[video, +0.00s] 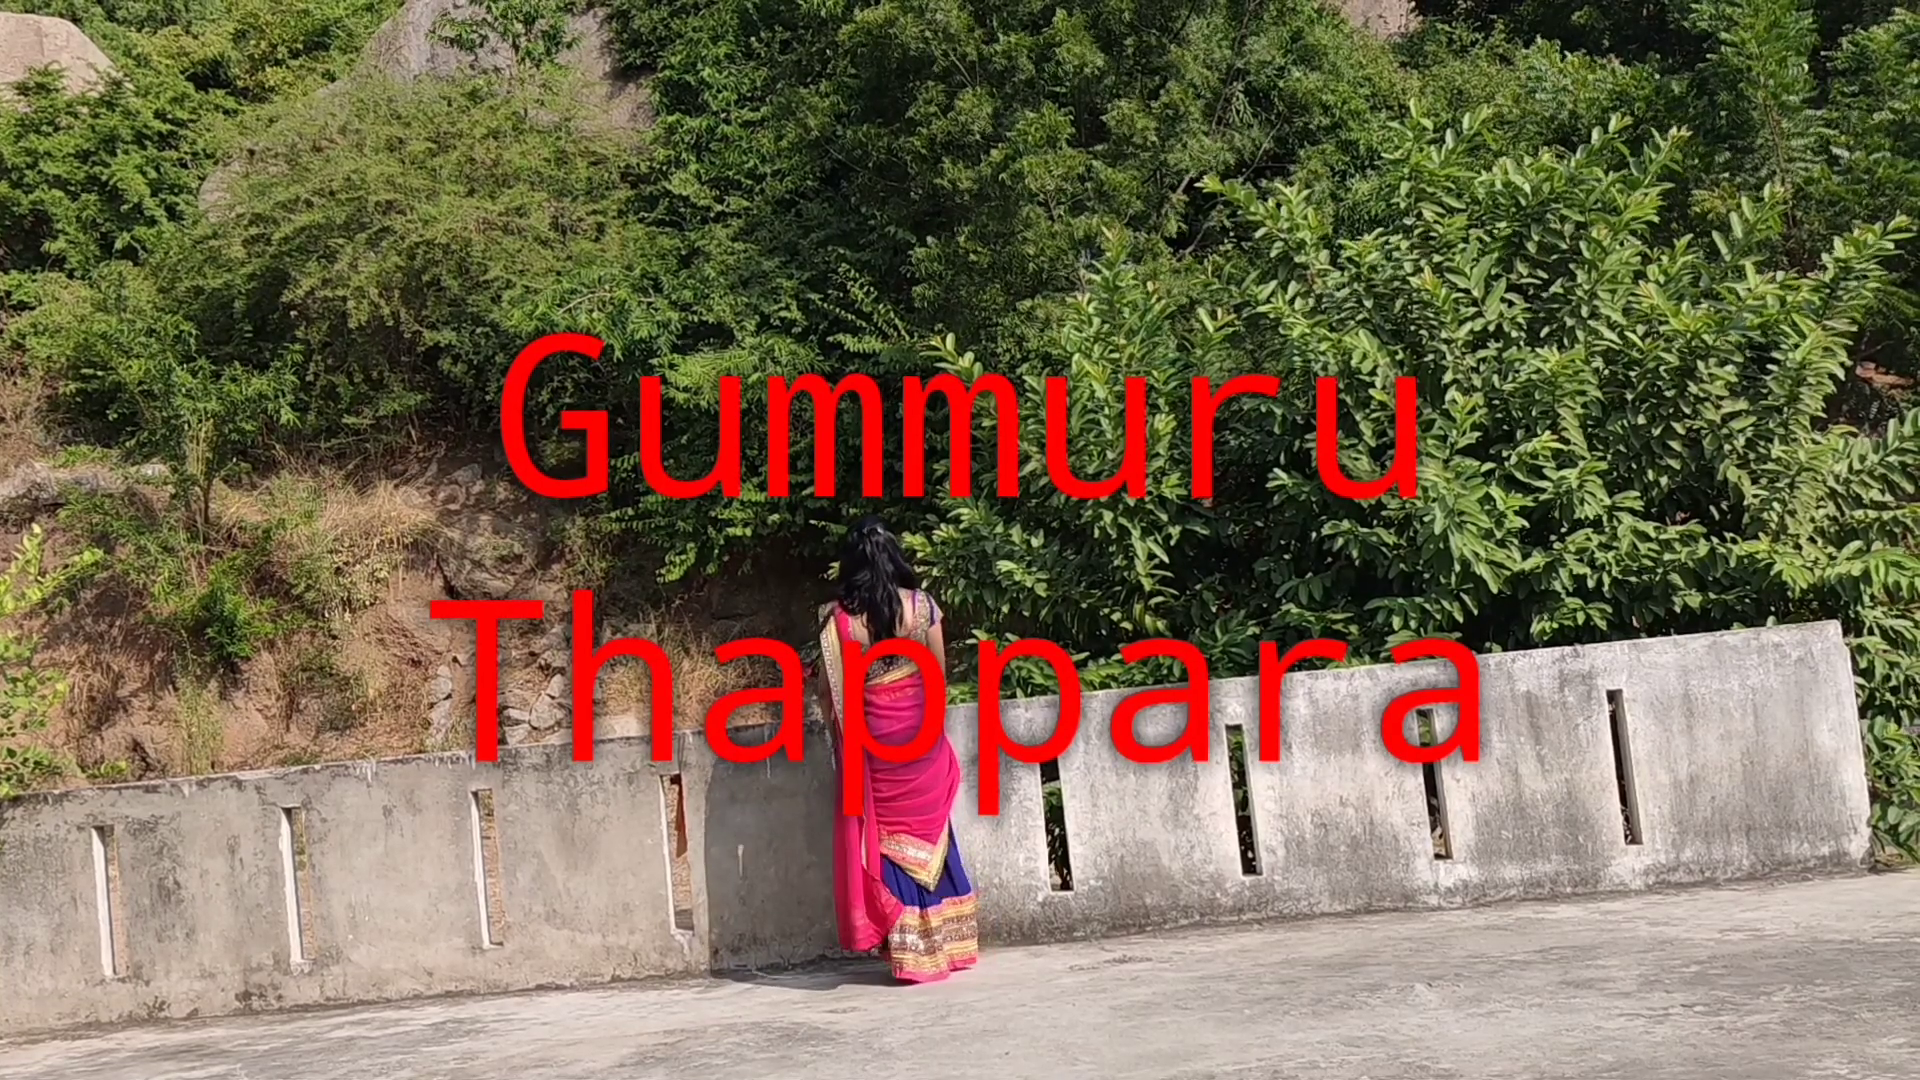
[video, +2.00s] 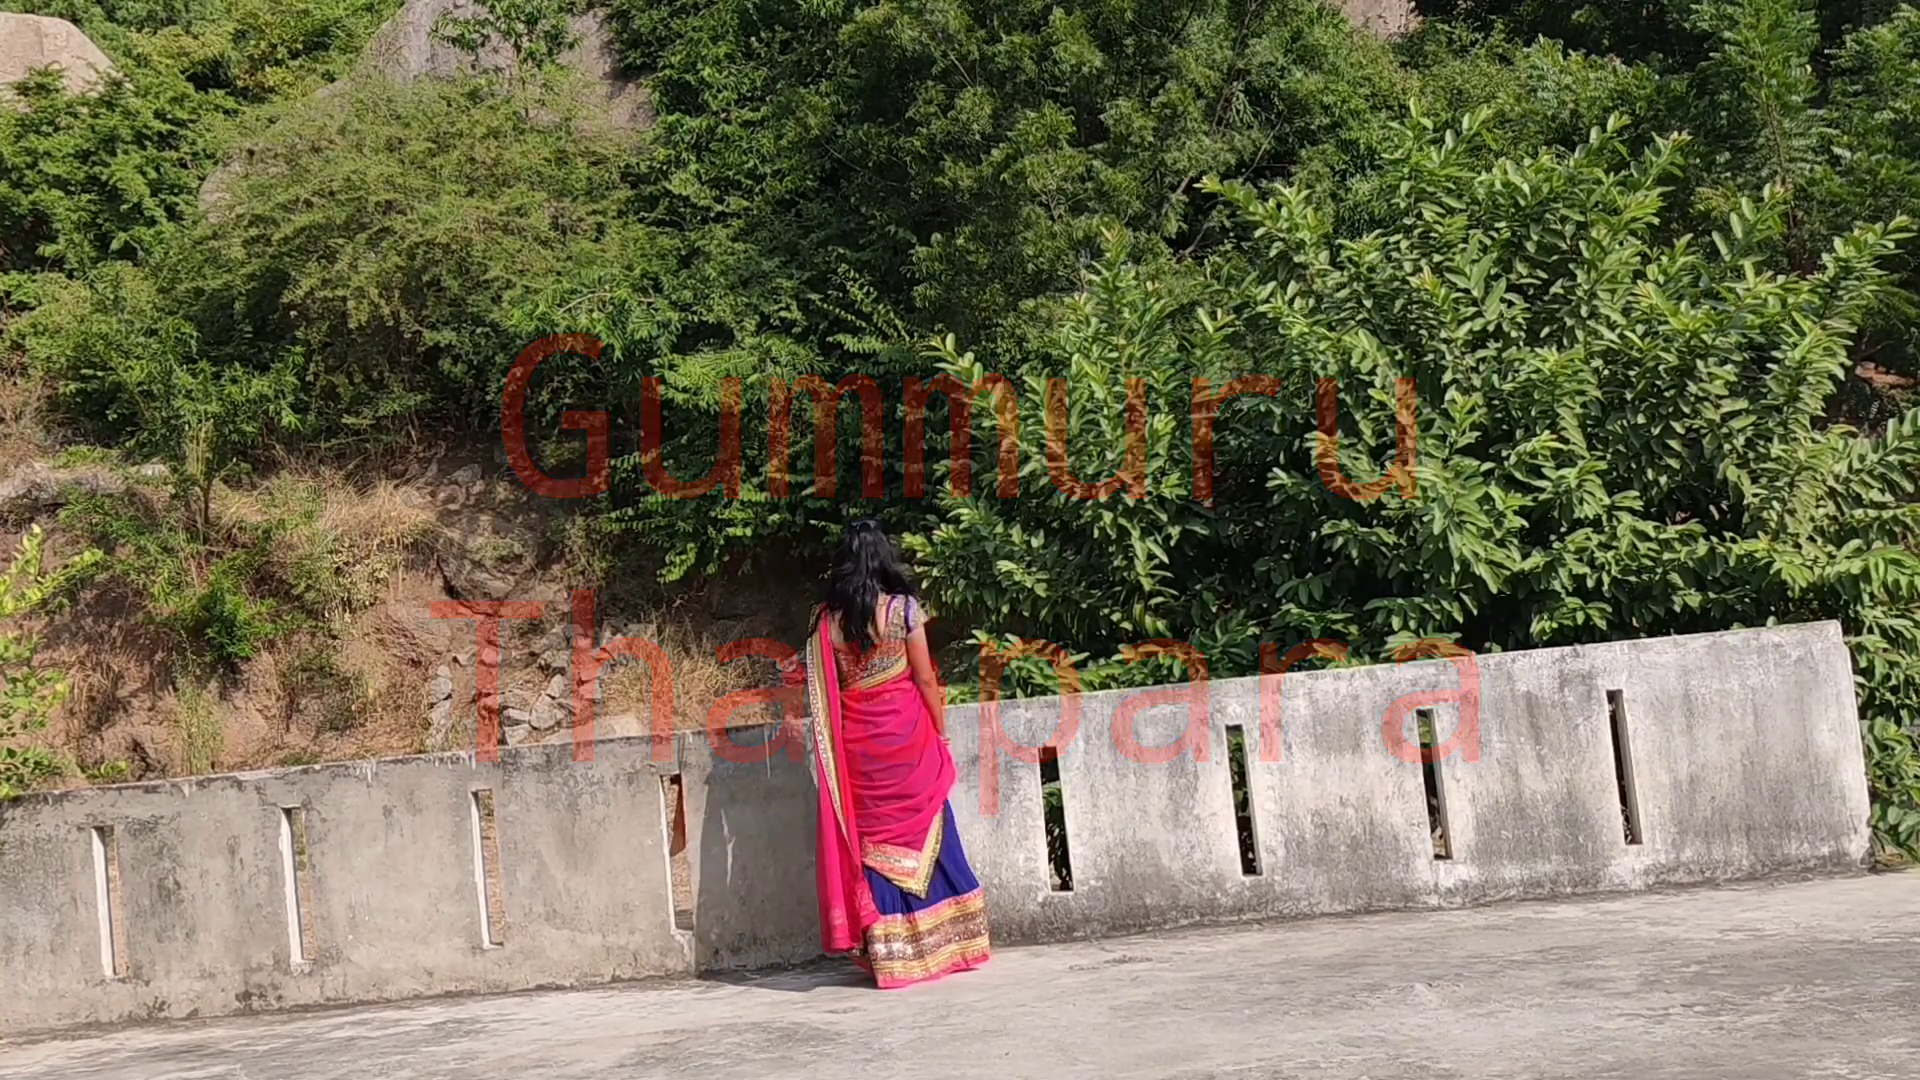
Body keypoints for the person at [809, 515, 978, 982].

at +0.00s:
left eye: (848, 560)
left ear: (849, 564)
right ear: (896, 558)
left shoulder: (838, 620)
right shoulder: (925, 606)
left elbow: (834, 696)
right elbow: (938, 675)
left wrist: (846, 748)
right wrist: (935, 727)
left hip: (873, 734)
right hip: (922, 730)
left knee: (888, 835)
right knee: (931, 828)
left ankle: (909, 950)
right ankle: (946, 942)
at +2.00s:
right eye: (889, 553)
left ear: (842, 562)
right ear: (887, 559)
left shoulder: (826, 618)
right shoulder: (904, 608)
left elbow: (825, 691)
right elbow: (925, 679)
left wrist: (831, 742)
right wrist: (940, 733)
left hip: (854, 737)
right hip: (903, 730)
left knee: (868, 837)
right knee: (920, 830)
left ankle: (883, 949)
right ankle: (937, 943)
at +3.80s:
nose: (949, 570)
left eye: (957, 560)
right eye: (940, 562)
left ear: (973, 559)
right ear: (929, 563)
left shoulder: (991, 602)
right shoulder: (916, 603)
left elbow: (1021, 584)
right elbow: (882, 666)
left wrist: (1001, 544)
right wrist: (914, 683)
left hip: (985, 725)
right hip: (937, 727)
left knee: (967, 830)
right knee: (965, 831)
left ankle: (939, 940)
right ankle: (978, 953)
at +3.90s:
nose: (951, 567)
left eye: (960, 557)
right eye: (942, 558)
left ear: (977, 559)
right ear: (931, 562)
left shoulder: (996, 604)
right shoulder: (920, 605)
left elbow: (1033, 579)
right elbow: (883, 668)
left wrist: (1005, 539)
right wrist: (919, 689)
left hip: (984, 733)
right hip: (936, 733)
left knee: (978, 835)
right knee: (958, 839)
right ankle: (975, 962)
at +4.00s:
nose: (952, 562)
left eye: (961, 553)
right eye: (944, 554)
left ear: (978, 557)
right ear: (933, 559)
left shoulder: (1000, 604)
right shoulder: (921, 606)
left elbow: (1044, 571)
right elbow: (881, 665)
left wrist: (1010, 534)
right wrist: (923, 697)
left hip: (990, 733)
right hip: (940, 735)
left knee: (982, 837)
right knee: (961, 840)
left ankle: (938, 925)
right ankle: (978, 963)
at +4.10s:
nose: (956, 552)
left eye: (965, 544)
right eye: (947, 544)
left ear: (982, 551)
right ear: (935, 551)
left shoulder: (1001, 600)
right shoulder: (923, 601)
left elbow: (1053, 563)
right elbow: (880, 657)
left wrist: (1016, 530)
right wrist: (924, 698)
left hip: (994, 729)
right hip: (944, 733)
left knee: (1004, 840)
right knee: (958, 841)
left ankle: (948, 946)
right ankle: (977, 963)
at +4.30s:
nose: (962, 533)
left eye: (971, 526)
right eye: (953, 527)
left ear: (988, 537)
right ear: (941, 539)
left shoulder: (1007, 590)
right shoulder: (930, 589)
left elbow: (1068, 556)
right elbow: (886, 644)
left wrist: (1025, 520)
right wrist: (929, 705)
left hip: (1001, 726)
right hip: (951, 731)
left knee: (1006, 838)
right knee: (957, 841)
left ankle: (992, 951)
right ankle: (962, 961)